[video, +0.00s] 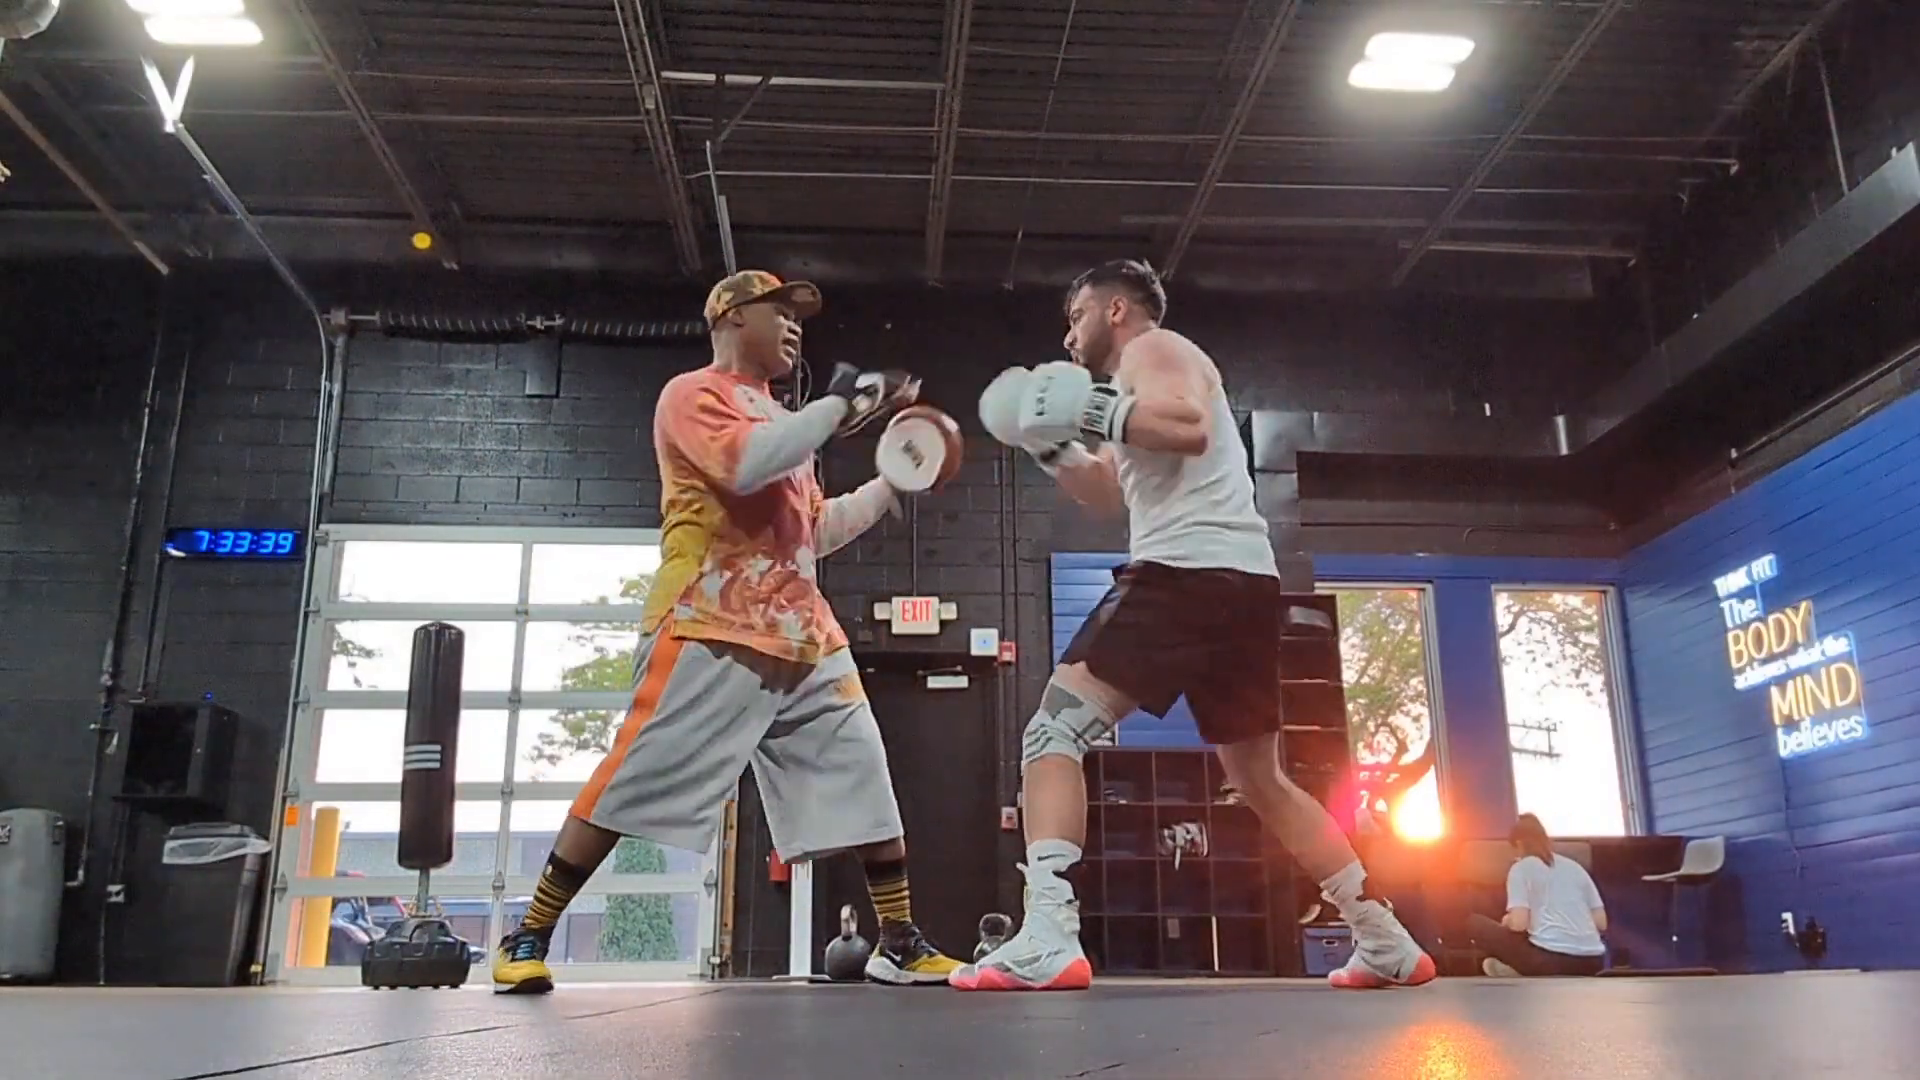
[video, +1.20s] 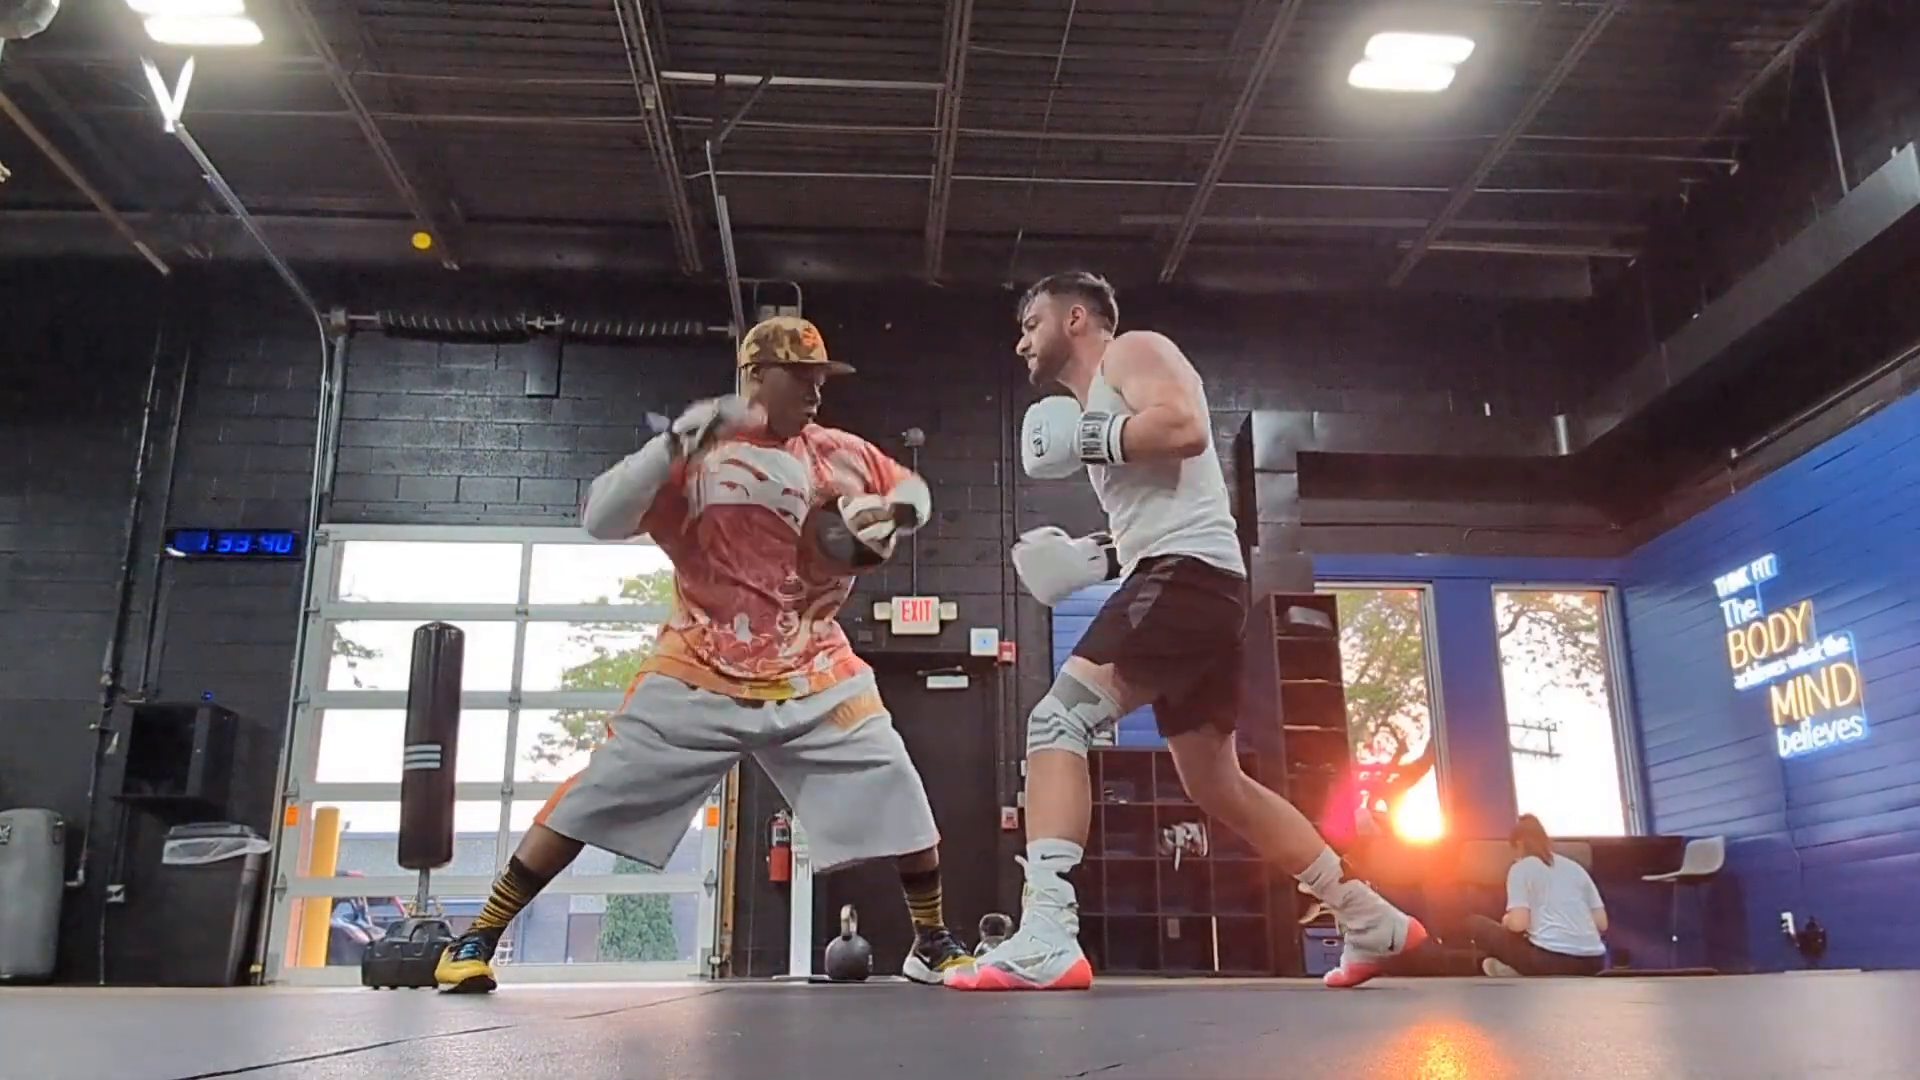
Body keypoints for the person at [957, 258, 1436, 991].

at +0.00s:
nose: (1069, 334)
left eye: (1076, 316)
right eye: (1068, 322)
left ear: (1117, 306)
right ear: (1122, 313)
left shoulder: (1151, 348)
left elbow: (1189, 425)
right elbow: (1107, 497)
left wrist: (1090, 407)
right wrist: (1047, 443)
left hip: (1181, 574)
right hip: (1249, 581)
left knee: (1055, 734)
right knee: (1260, 781)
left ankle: (1047, 935)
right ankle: (1384, 940)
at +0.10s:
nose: (1090, 341)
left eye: (1093, 328)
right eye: (1090, 331)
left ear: (1127, 319)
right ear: (1165, 323)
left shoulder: (1121, 351)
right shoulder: (1231, 379)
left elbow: (1065, 403)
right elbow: (1145, 431)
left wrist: (973, 403)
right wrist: (1045, 399)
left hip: (1159, 570)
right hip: (1251, 574)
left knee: (1056, 750)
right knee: (1271, 772)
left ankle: (1050, 932)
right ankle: (1377, 942)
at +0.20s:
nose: (1083, 339)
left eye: (1088, 324)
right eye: (1084, 327)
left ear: (1122, 316)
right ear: (1156, 325)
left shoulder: (1110, 361)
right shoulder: (1221, 390)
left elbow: (1028, 427)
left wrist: (975, 416)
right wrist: (1019, 401)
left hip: (1160, 597)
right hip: (1250, 597)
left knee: (1045, 749)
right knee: (1272, 777)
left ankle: (1046, 935)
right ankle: (1383, 941)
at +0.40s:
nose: (1049, 320)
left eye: (1060, 303)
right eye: (1050, 307)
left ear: (1107, 305)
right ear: (1100, 313)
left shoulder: (1168, 355)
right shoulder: (1079, 389)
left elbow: (1199, 442)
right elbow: (994, 414)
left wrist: (1094, 452)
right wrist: (926, 361)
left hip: (1195, 579)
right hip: (1202, 588)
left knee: (1070, 724)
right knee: (1254, 785)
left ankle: (1047, 935)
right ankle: (1401, 935)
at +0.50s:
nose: (1057, 330)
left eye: (1066, 312)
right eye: (1057, 316)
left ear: (1109, 305)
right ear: (1102, 313)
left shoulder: (1162, 354)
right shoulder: (1113, 396)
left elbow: (1190, 452)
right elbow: (1046, 468)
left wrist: (1097, 475)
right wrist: (1004, 417)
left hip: (1186, 582)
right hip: (1222, 590)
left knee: (1067, 731)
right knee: (1240, 785)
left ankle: (1047, 933)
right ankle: (1388, 926)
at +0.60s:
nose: (1072, 362)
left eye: (1077, 344)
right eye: (1072, 349)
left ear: (1114, 332)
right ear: (1140, 339)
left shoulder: (1120, 371)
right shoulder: (1192, 399)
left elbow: (1122, 471)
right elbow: (1198, 508)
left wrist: (1092, 520)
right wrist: (1123, 512)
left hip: (1192, 585)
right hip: (1261, 594)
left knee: (1067, 740)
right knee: (1259, 781)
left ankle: (1045, 934)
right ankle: (1386, 936)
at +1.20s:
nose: (1022, 343)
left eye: (1031, 323)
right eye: (1021, 330)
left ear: (1077, 315)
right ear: (1074, 323)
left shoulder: (1133, 348)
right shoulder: (1099, 400)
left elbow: (1184, 424)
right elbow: (1159, 530)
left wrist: (1086, 435)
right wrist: (1090, 558)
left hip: (1184, 574)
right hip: (1190, 586)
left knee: (1058, 725)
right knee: (1217, 784)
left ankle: (1046, 934)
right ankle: (1371, 920)